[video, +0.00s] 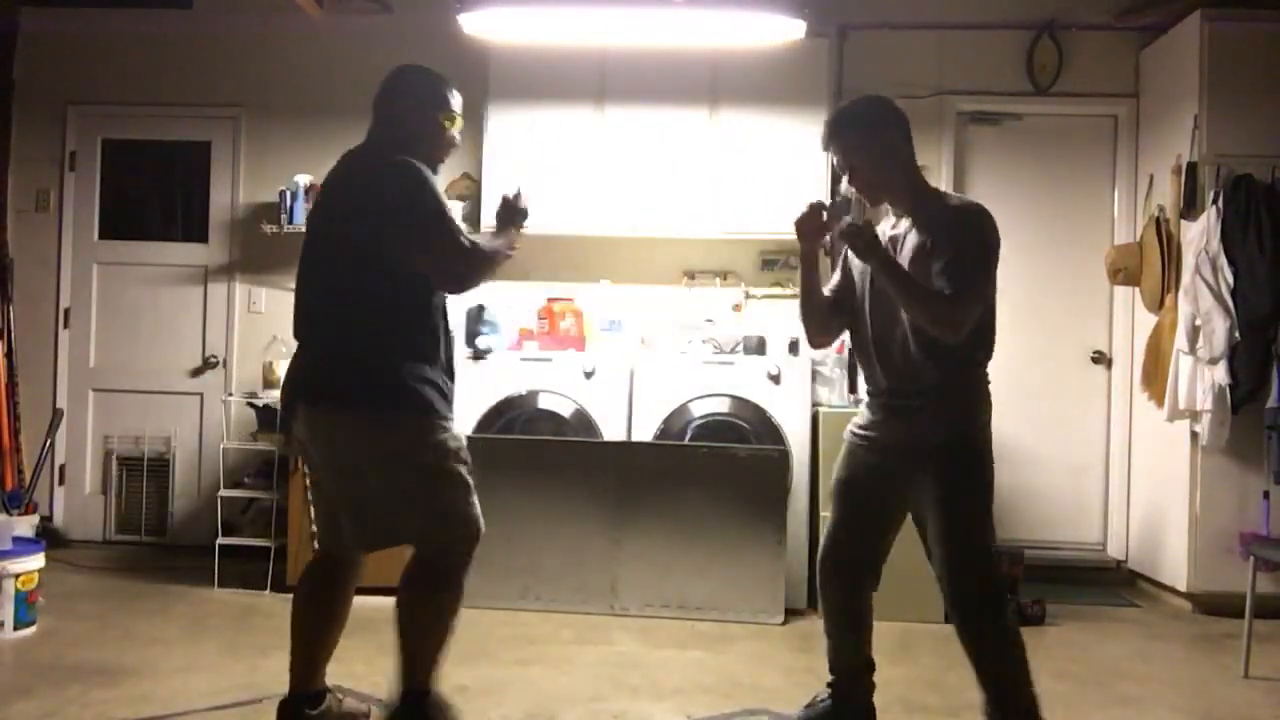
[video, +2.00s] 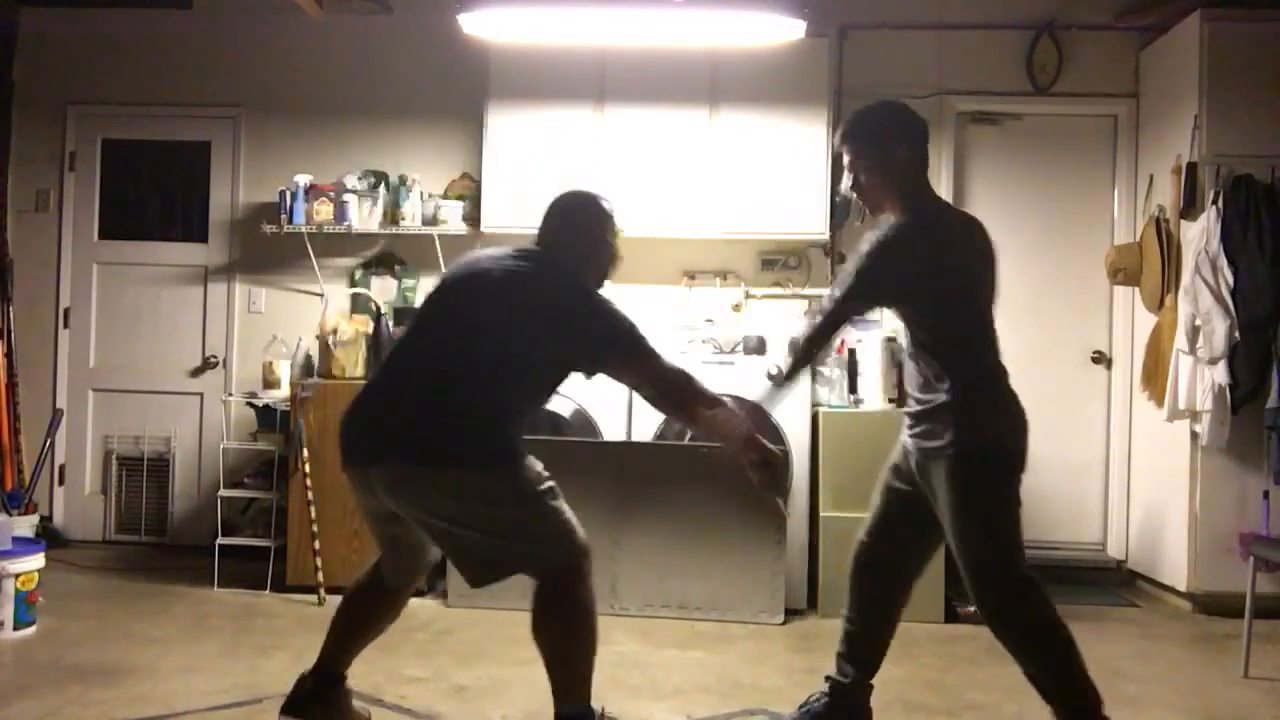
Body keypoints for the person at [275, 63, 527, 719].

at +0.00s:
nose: (454, 134)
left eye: (456, 121)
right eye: (447, 119)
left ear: (384, 115)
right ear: (412, 115)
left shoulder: (344, 177)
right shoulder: (402, 177)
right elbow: (458, 269)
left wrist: (462, 235)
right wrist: (503, 238)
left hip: (321, 397)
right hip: (390, 400)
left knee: (338, 547)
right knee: (452, 533)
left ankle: (304, 696)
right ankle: (416, 698)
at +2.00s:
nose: (616, 257)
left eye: (615, 242)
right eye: (610, 241)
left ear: (548, 236)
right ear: (583, 240)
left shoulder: (477, 268)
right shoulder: (576, 304)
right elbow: (667, 388)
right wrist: (739, 431)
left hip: (368, 434)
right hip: (459, 447)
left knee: (402, 565)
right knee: (564, 558)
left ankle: (320, 685)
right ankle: (575, 712)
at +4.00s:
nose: (619, 120)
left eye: (614, 106)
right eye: (606, 106)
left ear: (551, 115)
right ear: (571, 114)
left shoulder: (521, 180)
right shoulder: (577, 187)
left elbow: (569, 252)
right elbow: (608, 276)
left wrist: (622, 215)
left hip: (475, 396)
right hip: (552, 405)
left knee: (469, 537)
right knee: (599, 553)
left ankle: (381, 669)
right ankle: (594, 711)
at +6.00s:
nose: (612, 130)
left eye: (611, 116)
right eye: (604, 116)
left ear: (541, 115)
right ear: (573, 115)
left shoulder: (505, 182)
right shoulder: (557, 176)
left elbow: (559, 289)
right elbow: (650, 205)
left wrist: (632, 279)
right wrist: (731, 192)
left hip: (448, 397)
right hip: (525, 404)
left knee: (454, 556)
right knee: (559, 558)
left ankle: (412, 696)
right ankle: (547, 712)